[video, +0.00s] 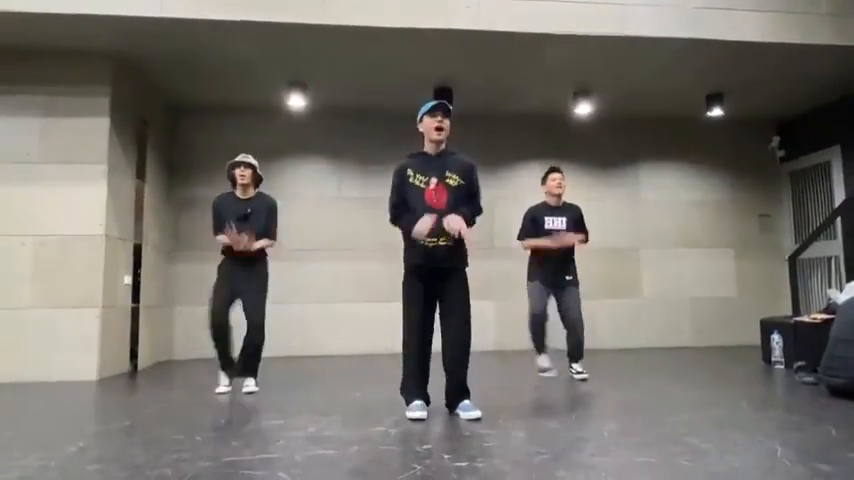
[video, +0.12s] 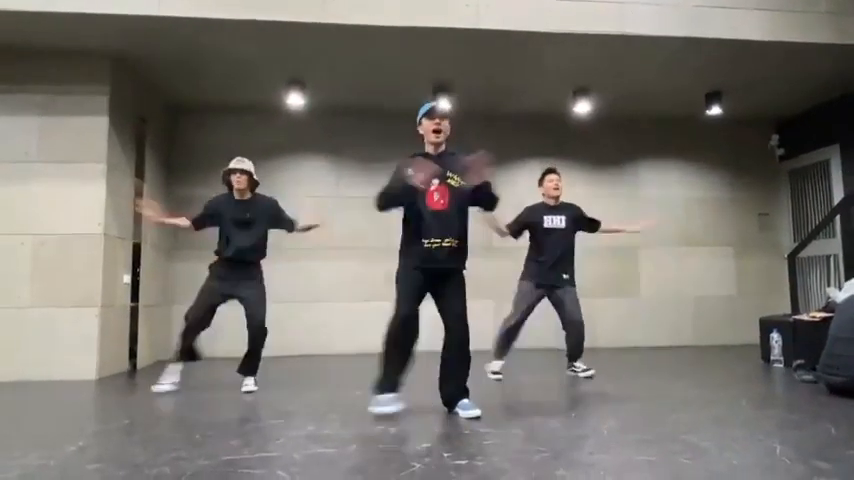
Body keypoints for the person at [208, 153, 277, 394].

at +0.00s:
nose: (242, 172)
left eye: (246, 168)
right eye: (238, 168)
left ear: (255, 174)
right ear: (232, 173)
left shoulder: (268, 203)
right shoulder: (221, 201)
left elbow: (271, 239)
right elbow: (218, 236)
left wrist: (252, 246)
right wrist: (232, 242)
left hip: (255, 268)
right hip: (229, 266)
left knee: (256, 322)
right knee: (217, 316)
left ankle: (249, 374)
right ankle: (226, 369)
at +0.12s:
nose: (238, 177)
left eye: (242, 173)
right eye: (234, 173)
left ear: (251, 178)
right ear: (229, 178)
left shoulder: (267, 205)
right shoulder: (220, 203)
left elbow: (289, 225)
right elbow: (192, 222)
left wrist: (304, 226)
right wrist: (160, 218)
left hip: (251, 275)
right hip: (221, 273)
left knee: (258, 327)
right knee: (194, 319)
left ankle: (249, 376)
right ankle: (177, 366)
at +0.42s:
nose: (235, 174)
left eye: (240, 170)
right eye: (232, 170)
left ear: (249, 175)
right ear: (227, 175)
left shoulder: (263, 203)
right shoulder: (217, 201)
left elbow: (285, 234)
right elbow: (199, 233)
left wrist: (289, 217)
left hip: (250, 271)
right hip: (220, 270)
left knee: (252, 324)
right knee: (206, 320)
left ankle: (250, 373)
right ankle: (207, 364)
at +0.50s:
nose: (237, 174)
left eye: (242, 171)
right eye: (233, 170)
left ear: (251, 176)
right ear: (228, 174)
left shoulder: (261, 203)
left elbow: (279, 239)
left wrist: (275, 217)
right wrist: (211, 238)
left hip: (250, 271)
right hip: (221, 271)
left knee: (254, 324)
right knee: (220, 325)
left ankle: (251, 374)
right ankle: (227, 368)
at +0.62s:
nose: (235, 162)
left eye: (240, 158)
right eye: (231, 158)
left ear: (249, 164)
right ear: (226, 162)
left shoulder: (263, 194)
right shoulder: (218, 188)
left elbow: (278, 226)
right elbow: (197, 199)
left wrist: (269, 229)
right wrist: (214, 171)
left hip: (248, 260)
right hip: (220, 258)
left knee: (251, 318)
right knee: (209, 314)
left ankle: (249, 370)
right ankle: (226, 352)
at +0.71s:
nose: (233, 159)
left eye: (238, 155)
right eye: (230, 155)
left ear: (248, 161)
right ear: (225, 160)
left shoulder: (262, 191)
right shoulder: (216, 183)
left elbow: (274, 224)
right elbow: (200, 159)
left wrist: (269, 243)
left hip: (247, 255)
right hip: (221, 252)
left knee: (247, 313)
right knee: (198, 294)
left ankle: (245, 367)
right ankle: (225, 327)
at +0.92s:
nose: (232, 159)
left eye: (238, 155)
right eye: (230, 155)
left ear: (247, 161)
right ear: (225, 159)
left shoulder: (258, 192)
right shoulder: (216, 186)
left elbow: (267, 226)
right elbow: (203, 198)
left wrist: (256, 247)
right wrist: (213, 171)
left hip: (238, 260)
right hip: (211, 256)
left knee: (237, 318)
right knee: (184, 302)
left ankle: (240, 370)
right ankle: (208, 338)